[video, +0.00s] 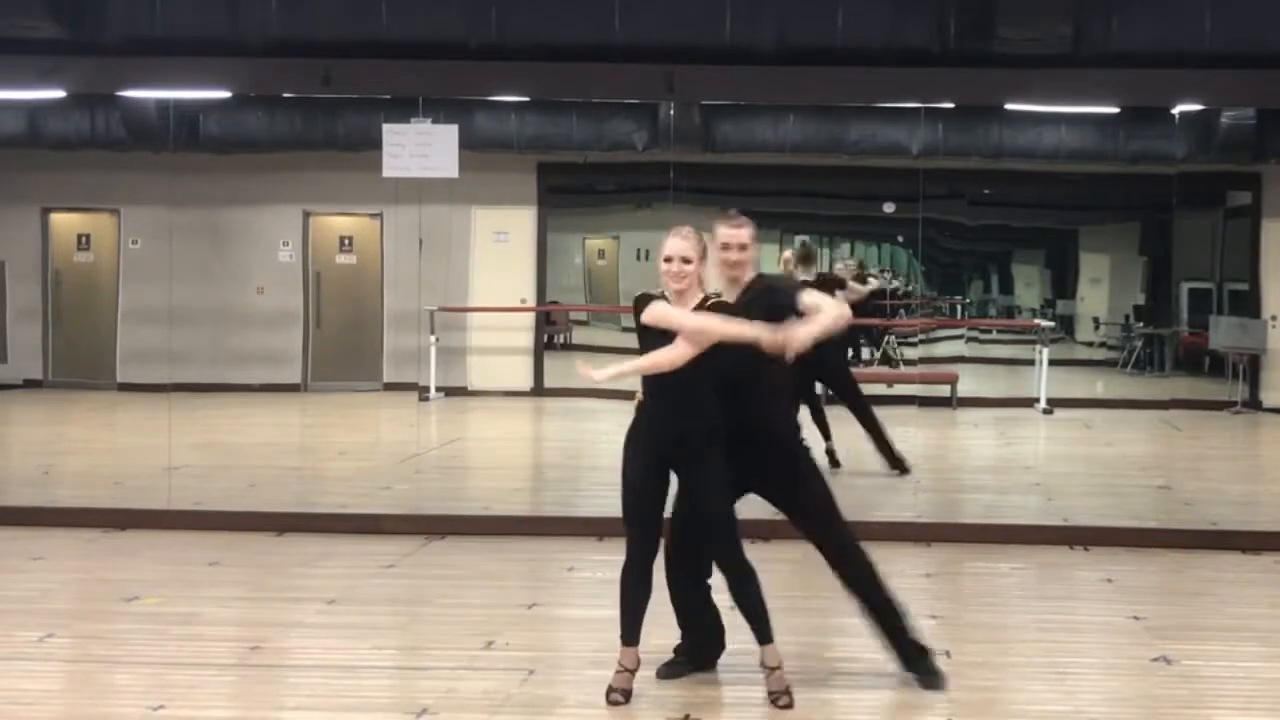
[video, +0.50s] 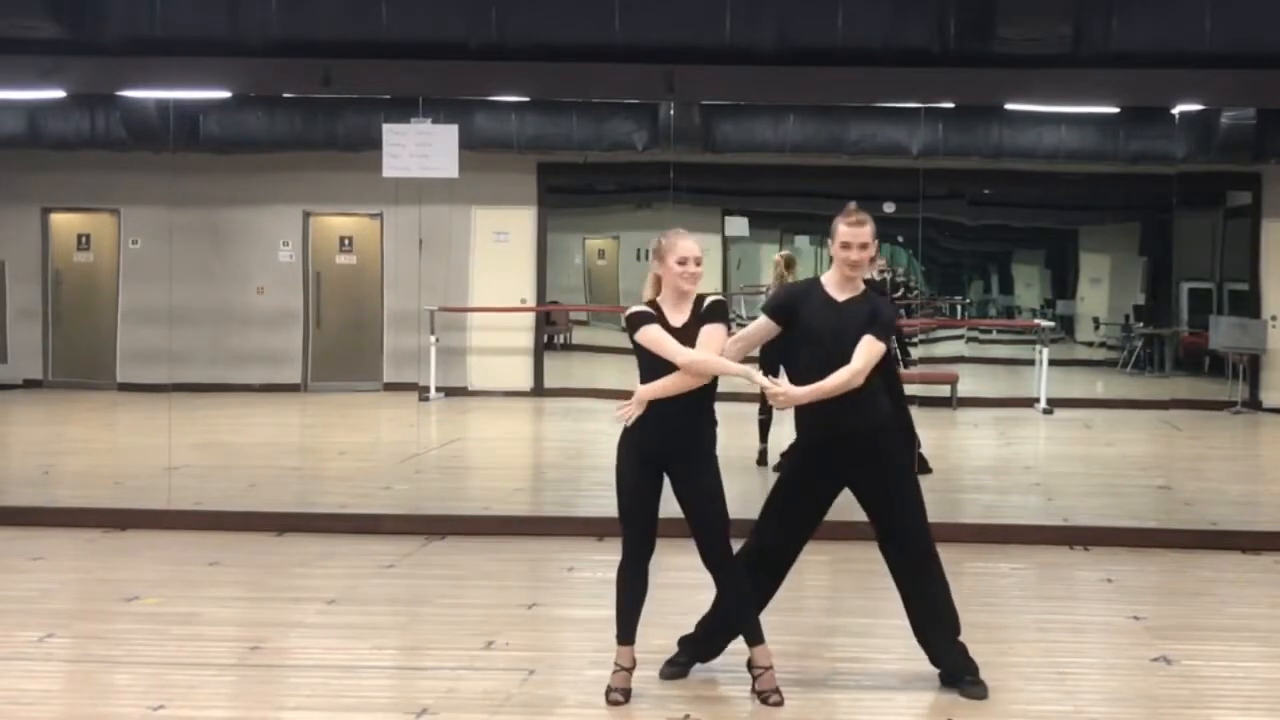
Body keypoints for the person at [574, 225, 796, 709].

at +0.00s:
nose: (676, 269)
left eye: (686, 261)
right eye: (669, 260)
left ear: (701, 265)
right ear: (658, 265)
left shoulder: (718, 312)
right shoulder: (646, 305)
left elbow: (677, 357)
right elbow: (690, 325)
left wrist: (612, 370)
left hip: (701, 444)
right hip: (648, 441)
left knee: (728, 553)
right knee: (640, 551)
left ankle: (770, 657)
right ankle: (627, 657)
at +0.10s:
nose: (671, 274)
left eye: (681, 266)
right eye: (663, 266)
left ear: (697, 271)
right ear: (653, 270)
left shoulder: (714, 314)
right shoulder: (641, 311)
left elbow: (691, 368)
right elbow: (685, 352)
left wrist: (631, 383)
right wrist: (751, 374)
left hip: (689, 448)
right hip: (638, 445)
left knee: (717, 552)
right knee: (636, 550)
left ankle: (761, 658)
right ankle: (626, 658)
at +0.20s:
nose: (669, 274)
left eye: (679, 266)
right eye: (662, 266)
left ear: (695, 270)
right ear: (651, 270)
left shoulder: (711, 312)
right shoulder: (639, 311)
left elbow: (693, 368)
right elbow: (685, 351)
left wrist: (631, 386)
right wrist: (748, 373)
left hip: (687, 448)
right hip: (636, 446)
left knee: (716, 553)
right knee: (634, 550)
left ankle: (759, 656)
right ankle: (625, 658)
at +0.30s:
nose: (669, 275)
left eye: (678, 267)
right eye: (661, 266)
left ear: (695, 271)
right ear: (651, 270)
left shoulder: (712, 311)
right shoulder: (638, 313)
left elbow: (694, 369)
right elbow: (686, 352)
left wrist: (634, 386)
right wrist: (751, 373)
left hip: (689, 448)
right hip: (637, 447)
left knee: (715, 553)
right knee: (634, 551)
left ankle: (759, 656)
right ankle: (624, 657)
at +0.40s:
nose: (674, 273)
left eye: (683, 265)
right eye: (666, 265)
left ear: (697, 269)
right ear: (654, 269)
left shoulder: (713, 308)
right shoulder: (639, 313)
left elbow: (698, 368)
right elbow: (683, 351)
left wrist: (641, 387)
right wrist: (749, 371)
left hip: (691, 448)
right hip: (639, 447)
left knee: (716, 554)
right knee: (634, 551)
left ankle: (759, 656)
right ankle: (624, 657)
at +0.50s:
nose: (692, 270)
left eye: (698, 262)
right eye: (682, 262)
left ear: (703, 268)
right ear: (659, 266)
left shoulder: (713, 307)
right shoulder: (639, 316)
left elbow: (704, 368)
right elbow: (684, 358)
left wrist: (646, 391)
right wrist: (749, 373)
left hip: (694, 447)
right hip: (642, 446)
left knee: (717, 554)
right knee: (635, 552)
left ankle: (760, 655)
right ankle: (624, 657)